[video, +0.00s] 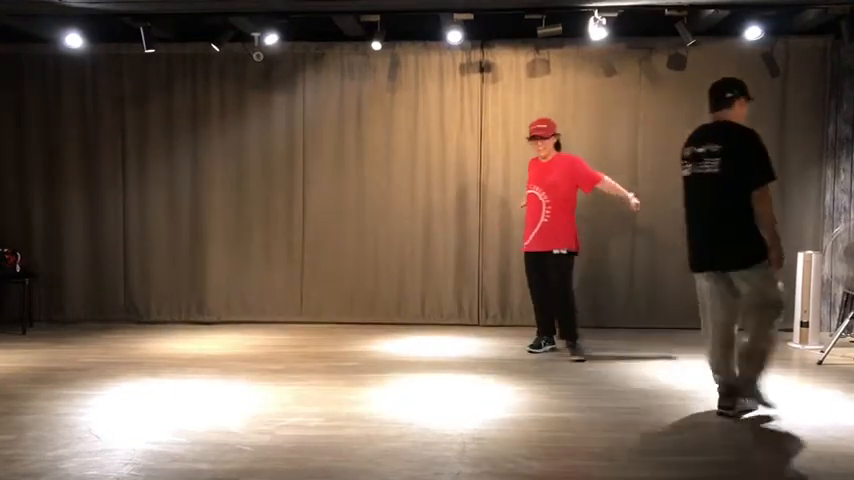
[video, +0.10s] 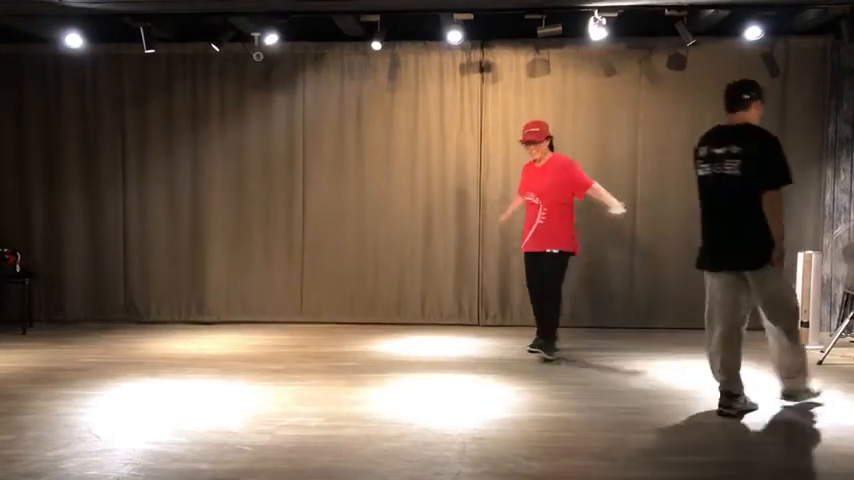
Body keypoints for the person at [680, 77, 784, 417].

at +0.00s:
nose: (746, 110)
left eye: (745, 104)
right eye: (745, 104)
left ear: (713, 105)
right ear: (736, 103)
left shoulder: (693, 141)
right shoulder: (746, 139)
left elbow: (693, 199)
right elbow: (760, 197)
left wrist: (696, 241)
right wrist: (774, 242)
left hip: (702, 245)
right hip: (741, 243)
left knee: (717, 317)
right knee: (766, 304)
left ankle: (727, 392)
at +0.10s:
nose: (761, 111)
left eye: (760, 106)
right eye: (761, 106)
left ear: (728, 106)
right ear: (754, 105)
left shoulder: (705, 142)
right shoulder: (762, 141)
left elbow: (708, 199)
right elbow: (771, 196)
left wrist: (712, 238)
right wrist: (778, 241)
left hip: (716, 247)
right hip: (756, 246)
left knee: (723, 325)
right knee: (783, 316)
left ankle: (729, 395)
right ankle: (794, 386)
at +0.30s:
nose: (790, 118)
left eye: (788, 112)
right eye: (789, 113)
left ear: (756, 113)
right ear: (784, 113)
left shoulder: (733, 148)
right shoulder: (794, 149)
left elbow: (727, 198)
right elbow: (804, 207)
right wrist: (810, 249)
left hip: (744, 250)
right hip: (786, 250)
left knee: (740, 319)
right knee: (801, 317)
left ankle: (737, 386)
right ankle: (806, 383)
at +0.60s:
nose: (796, 118)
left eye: (792, 114)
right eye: (796, 113)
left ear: (766, 116)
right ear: (796, 113)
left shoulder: (751, 151)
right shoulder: (817, 145)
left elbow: (731, 199)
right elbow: (844, 191)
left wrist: (718, 237)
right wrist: (852, 219)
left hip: (766, 248)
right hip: (808, 246)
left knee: (771, 308)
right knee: (808, 313)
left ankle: (784, 365)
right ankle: (807, 383)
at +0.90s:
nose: (776, 124)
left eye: (751, 124)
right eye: (779, 118)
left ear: (750, 123)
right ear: (780, 119)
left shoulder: (742, 156)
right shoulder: (803, 147)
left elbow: (733, 203)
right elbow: (824, 192)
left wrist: (726, 238)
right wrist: (836, 228)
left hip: (764, 243)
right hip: (803, 239)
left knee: (772, 303)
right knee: (811, 294)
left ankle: (782, 356)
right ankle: (810, 344)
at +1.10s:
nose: (739, 125)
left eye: (738, 121)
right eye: (738, 121)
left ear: (743, 120)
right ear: (767, 118)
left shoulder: (733, 151)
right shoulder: (790, 148)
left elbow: (727, 199)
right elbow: (799, 195)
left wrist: (734, 229)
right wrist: (802, 228)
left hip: (753, 233)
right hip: (786, 231)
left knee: (764, 295)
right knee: (784, 289)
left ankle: (781, 354)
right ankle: (791, 340)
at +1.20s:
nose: (730, 126)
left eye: (730, 121)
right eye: (729, 122)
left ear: (738, 120)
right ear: (759, 120)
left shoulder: (728, 151)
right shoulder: (781, 150)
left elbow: (716, 193)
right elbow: (787, 196)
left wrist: (735, 211)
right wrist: (785, 234)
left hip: (743, 233)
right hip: (773, 231)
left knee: (757, 298)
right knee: (762, 288)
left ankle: (780, 352)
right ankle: (753, 336)